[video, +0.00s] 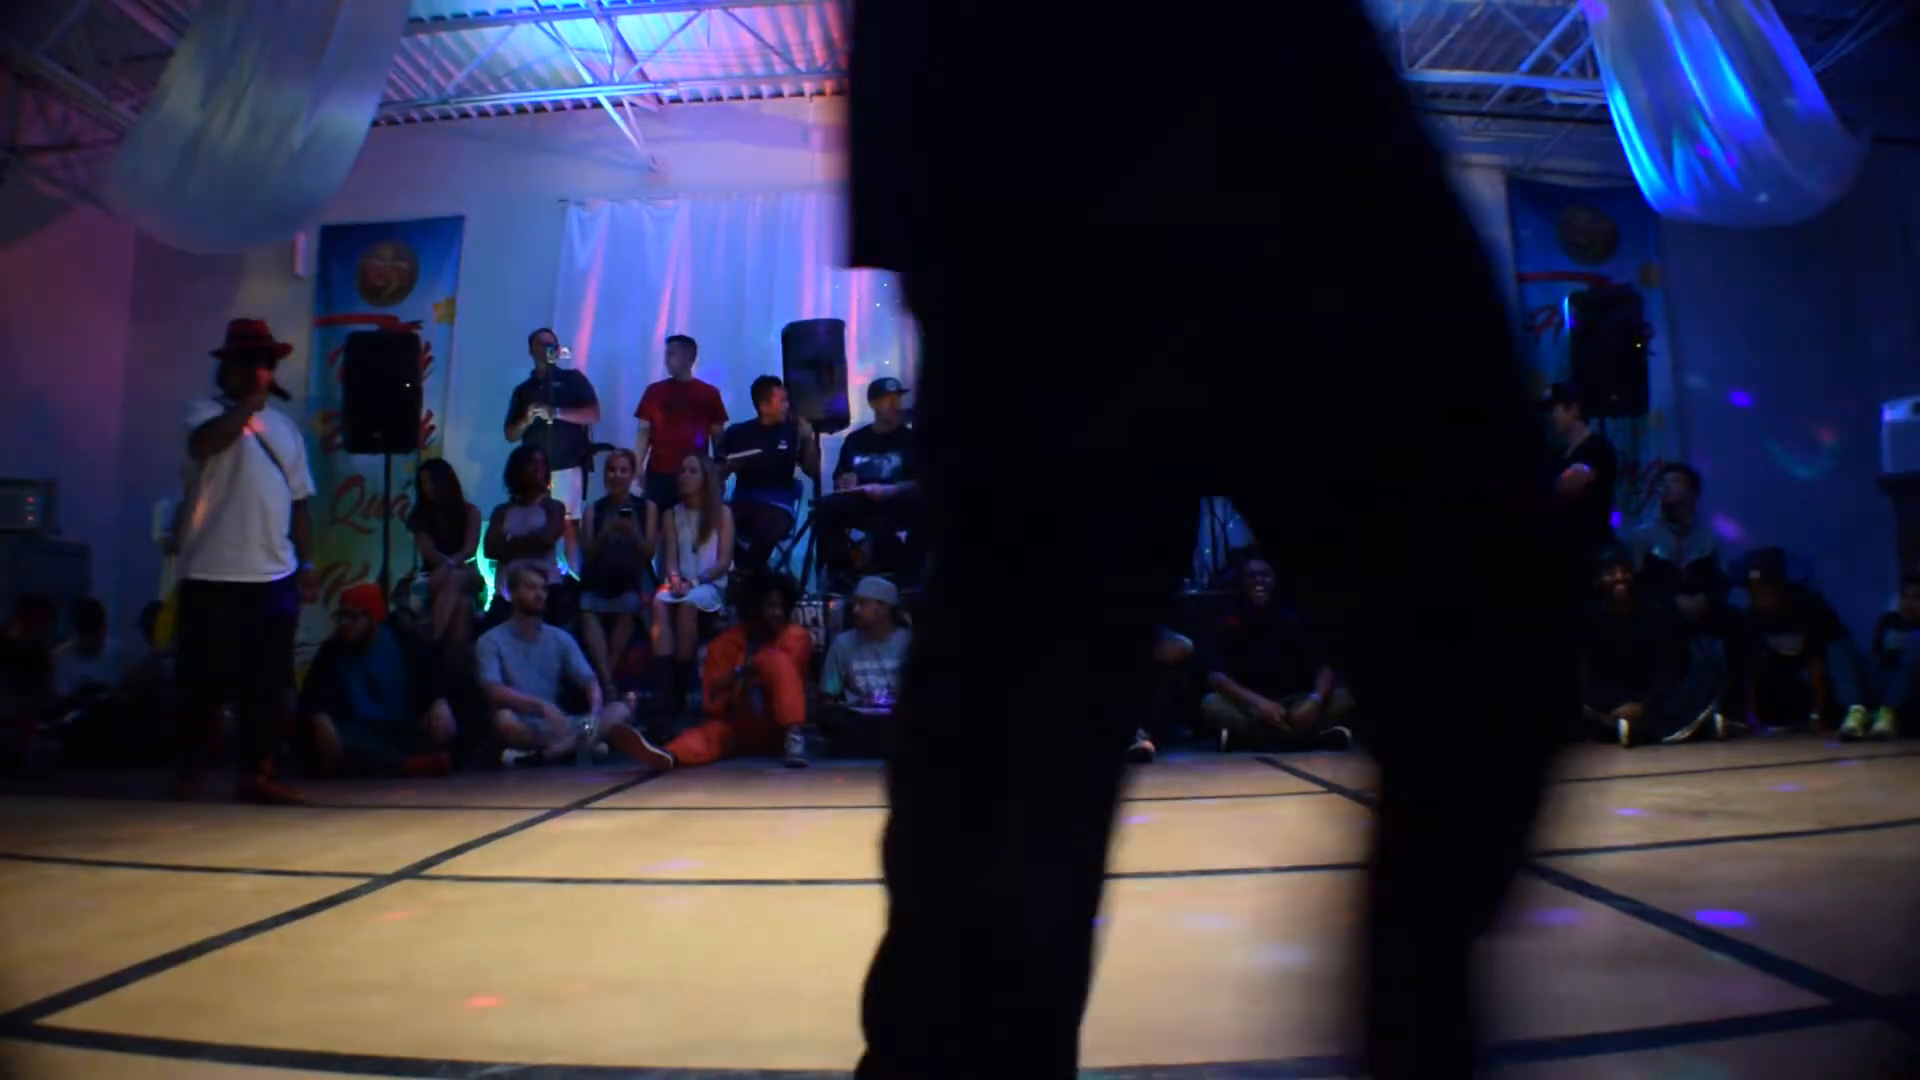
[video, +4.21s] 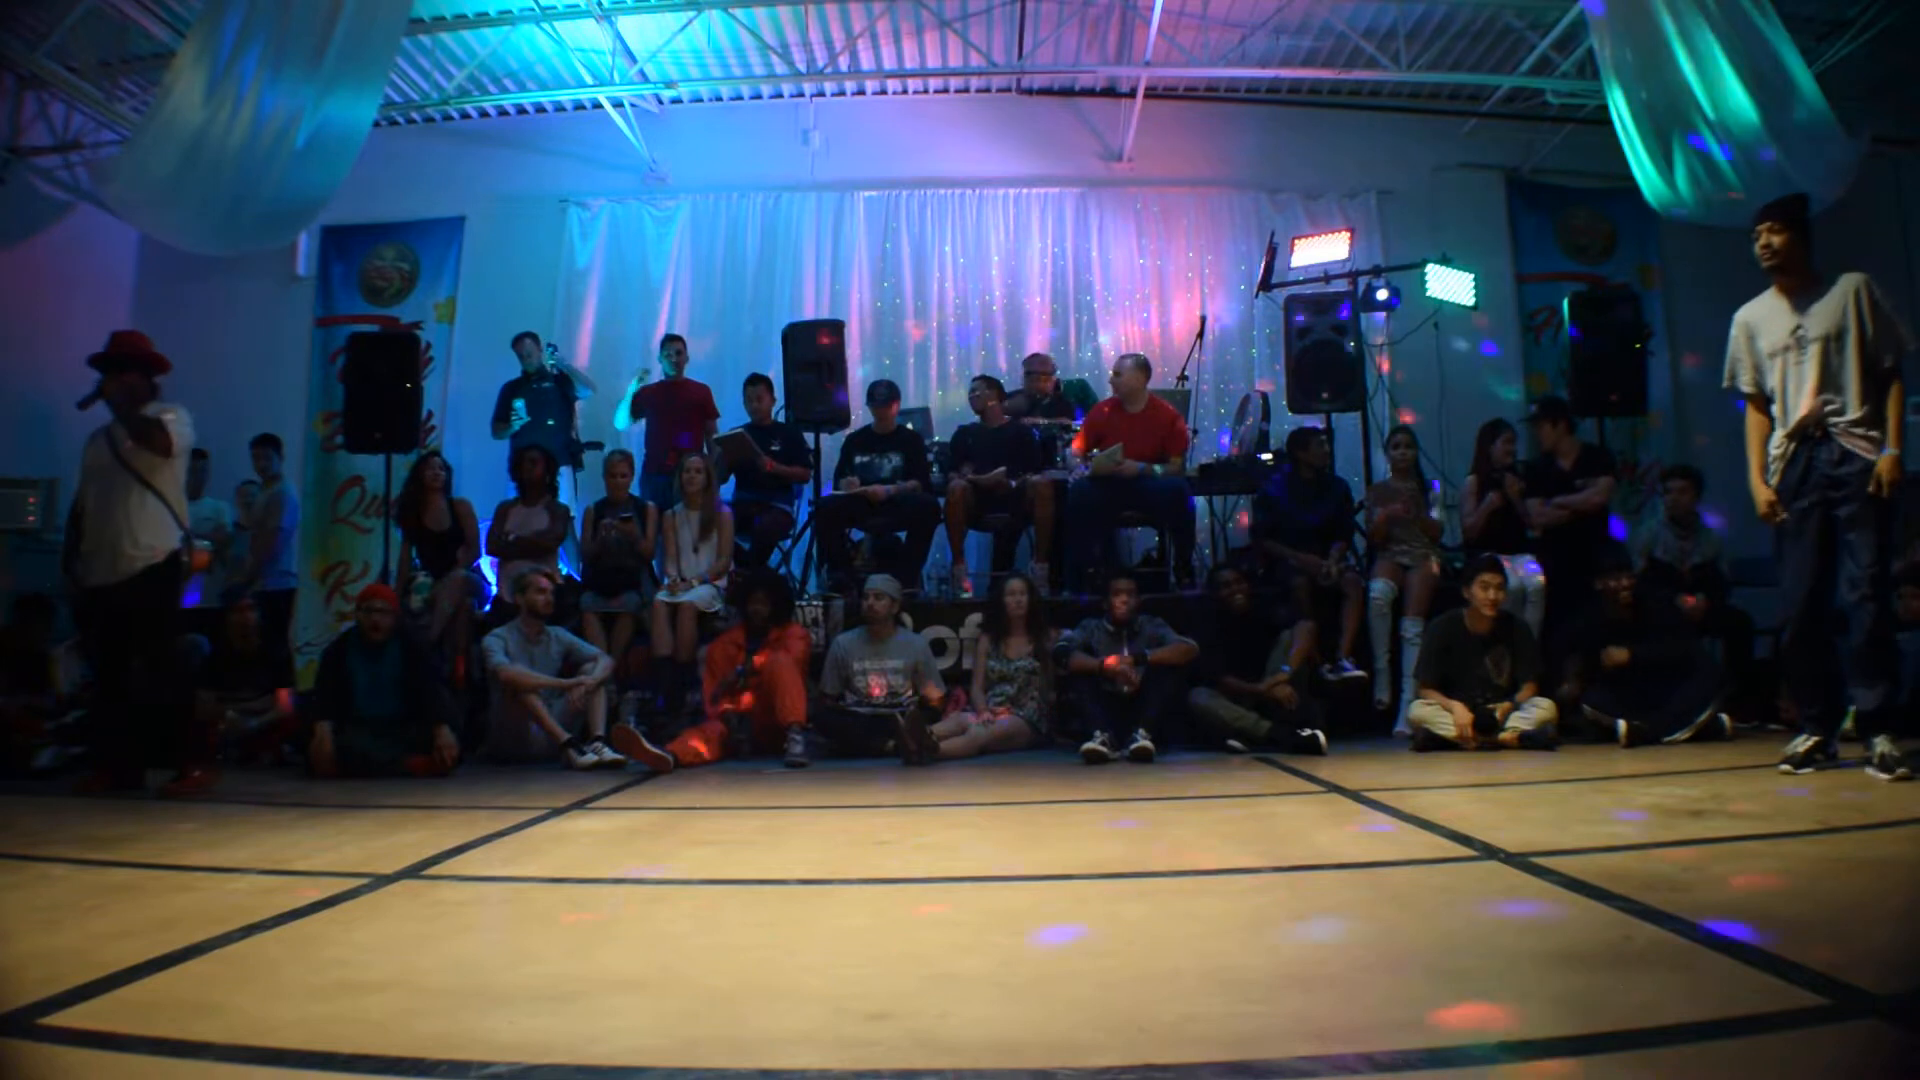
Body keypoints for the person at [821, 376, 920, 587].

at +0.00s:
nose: (893, 406)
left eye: (896, 400)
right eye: (887, 400)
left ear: (901, 402)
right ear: (874, 404)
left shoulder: (912, 440)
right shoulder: (855, 439)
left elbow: (921, 482)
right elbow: (841, 479)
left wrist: (889, 490)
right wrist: (855, 487)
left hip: (898, 502)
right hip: (860, 501)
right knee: (828, 507)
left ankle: (906, 577)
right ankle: (838, 574)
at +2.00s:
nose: (902, 405)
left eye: (903, 400)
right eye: (895, 400)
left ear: (905, 403)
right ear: (878, 404)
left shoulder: (912, 439)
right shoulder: (856, 440)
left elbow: (920, 481)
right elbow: (840, 481)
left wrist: (887, 491)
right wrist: (848, 485)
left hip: (898, 501)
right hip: (861, 501)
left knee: (927, 508)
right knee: (826, 507)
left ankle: (908, 578)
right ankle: (839, 576)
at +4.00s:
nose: (880, 409)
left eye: (886, 403)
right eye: (875, 404)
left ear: (897, 405)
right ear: (869, 406)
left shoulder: (912, 440)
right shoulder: (854, 441)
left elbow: (921, 483)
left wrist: (889, 490)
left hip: (900, 503)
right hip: (861, 504)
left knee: (928, 508)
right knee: (827, 508)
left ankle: (908, 580)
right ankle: (841, 579)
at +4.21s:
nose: (881, 411)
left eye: (887, 406)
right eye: (876, 406)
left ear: (897, 406)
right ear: (869, 407)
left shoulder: (911, 439)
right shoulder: (854, 440)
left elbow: (921, 482)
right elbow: (839, 481)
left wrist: (889, 490)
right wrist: (848, 484)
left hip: (899, 503)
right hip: (861, 503)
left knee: (928, 508)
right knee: (826, 509)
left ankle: (907, 580)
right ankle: (841, 579)